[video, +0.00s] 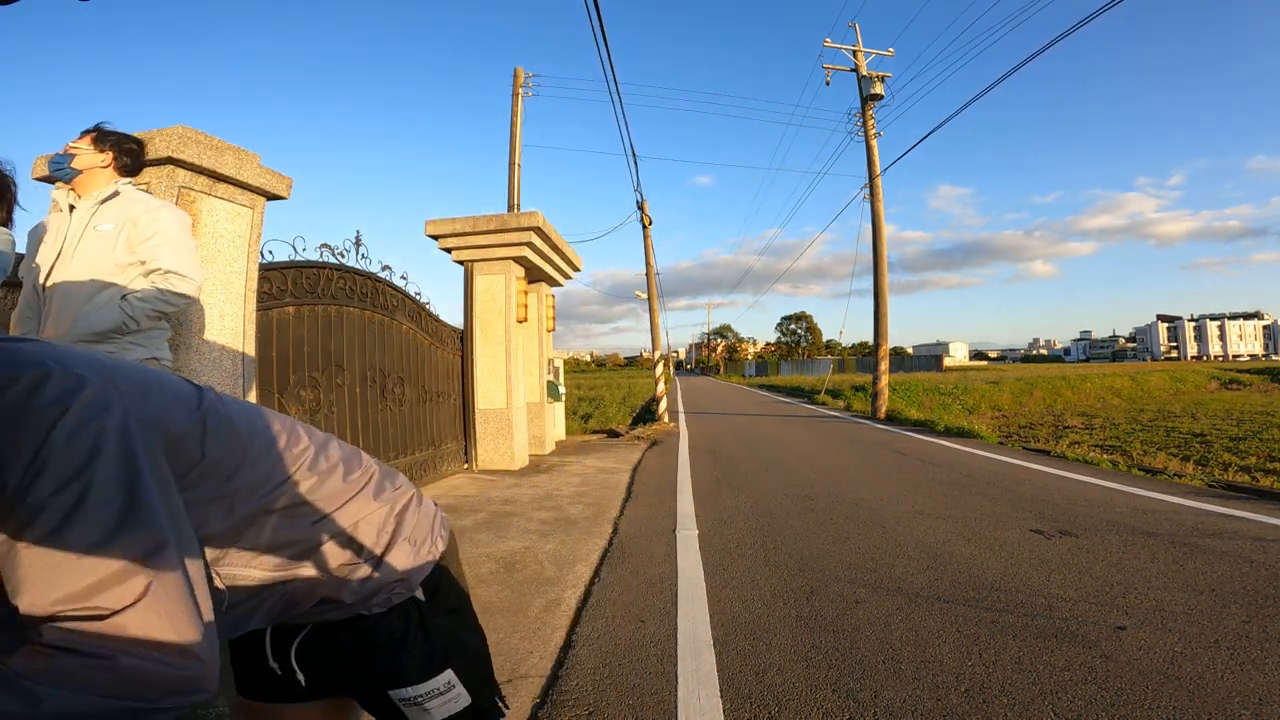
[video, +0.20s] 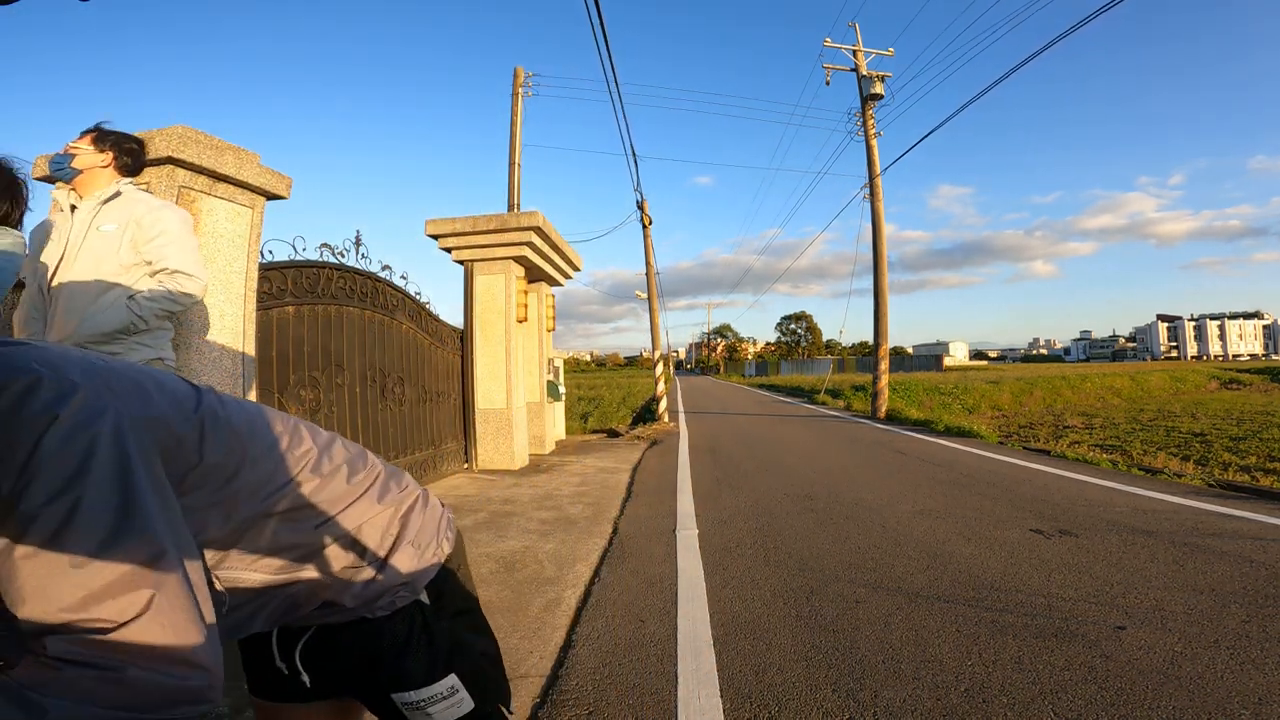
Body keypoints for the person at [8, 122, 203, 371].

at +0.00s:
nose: (63, 154)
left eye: (74, 148)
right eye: (66, 148)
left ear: (107, 158)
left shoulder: (156, 215)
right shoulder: (43, 229)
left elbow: (180, 284)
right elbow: (28, 304)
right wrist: (23, 353)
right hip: (52, 361)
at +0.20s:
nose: (62, 156)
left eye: (73, 150)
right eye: (65, 150)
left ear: (107, 158)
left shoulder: (157, 215)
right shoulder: (46, 229)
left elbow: (186, 282)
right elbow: (29, 304)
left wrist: (116, 318)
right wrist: (32, 356)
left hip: (128, 367)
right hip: (56, 361)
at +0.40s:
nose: (58, 154)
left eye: (69, 149)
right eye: (62, 149)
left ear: (99, 160)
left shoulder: (152, 215)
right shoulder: (48, 229)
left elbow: (186, 283)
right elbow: (31, 303)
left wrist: (120, 318)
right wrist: (36, 356)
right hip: (61, 364)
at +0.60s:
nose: (55, 159)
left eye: (66, 152)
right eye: (59, 152)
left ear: (96, 162)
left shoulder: (152, 216)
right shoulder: (59, 225)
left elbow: (188, 281)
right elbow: (39, 297)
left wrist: (125, 315)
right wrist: (39, 349)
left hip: (133, 366)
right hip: (67, 360)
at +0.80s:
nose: (52, 166)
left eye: (59, 157)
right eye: (53, 159)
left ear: (90, 162)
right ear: (90, 163)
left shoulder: (150, 216)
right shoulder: (62, 219)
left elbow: (188, 280)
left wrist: (124, 312)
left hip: (131, 365)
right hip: (65, 358)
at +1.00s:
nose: (49, 163)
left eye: (58, 154)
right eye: (51, 156)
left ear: (89, 162)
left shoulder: (152, 217)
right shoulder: (61, 220)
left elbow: (185, 282)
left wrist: (124, 313)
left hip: (127, 367)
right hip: (60, 359)